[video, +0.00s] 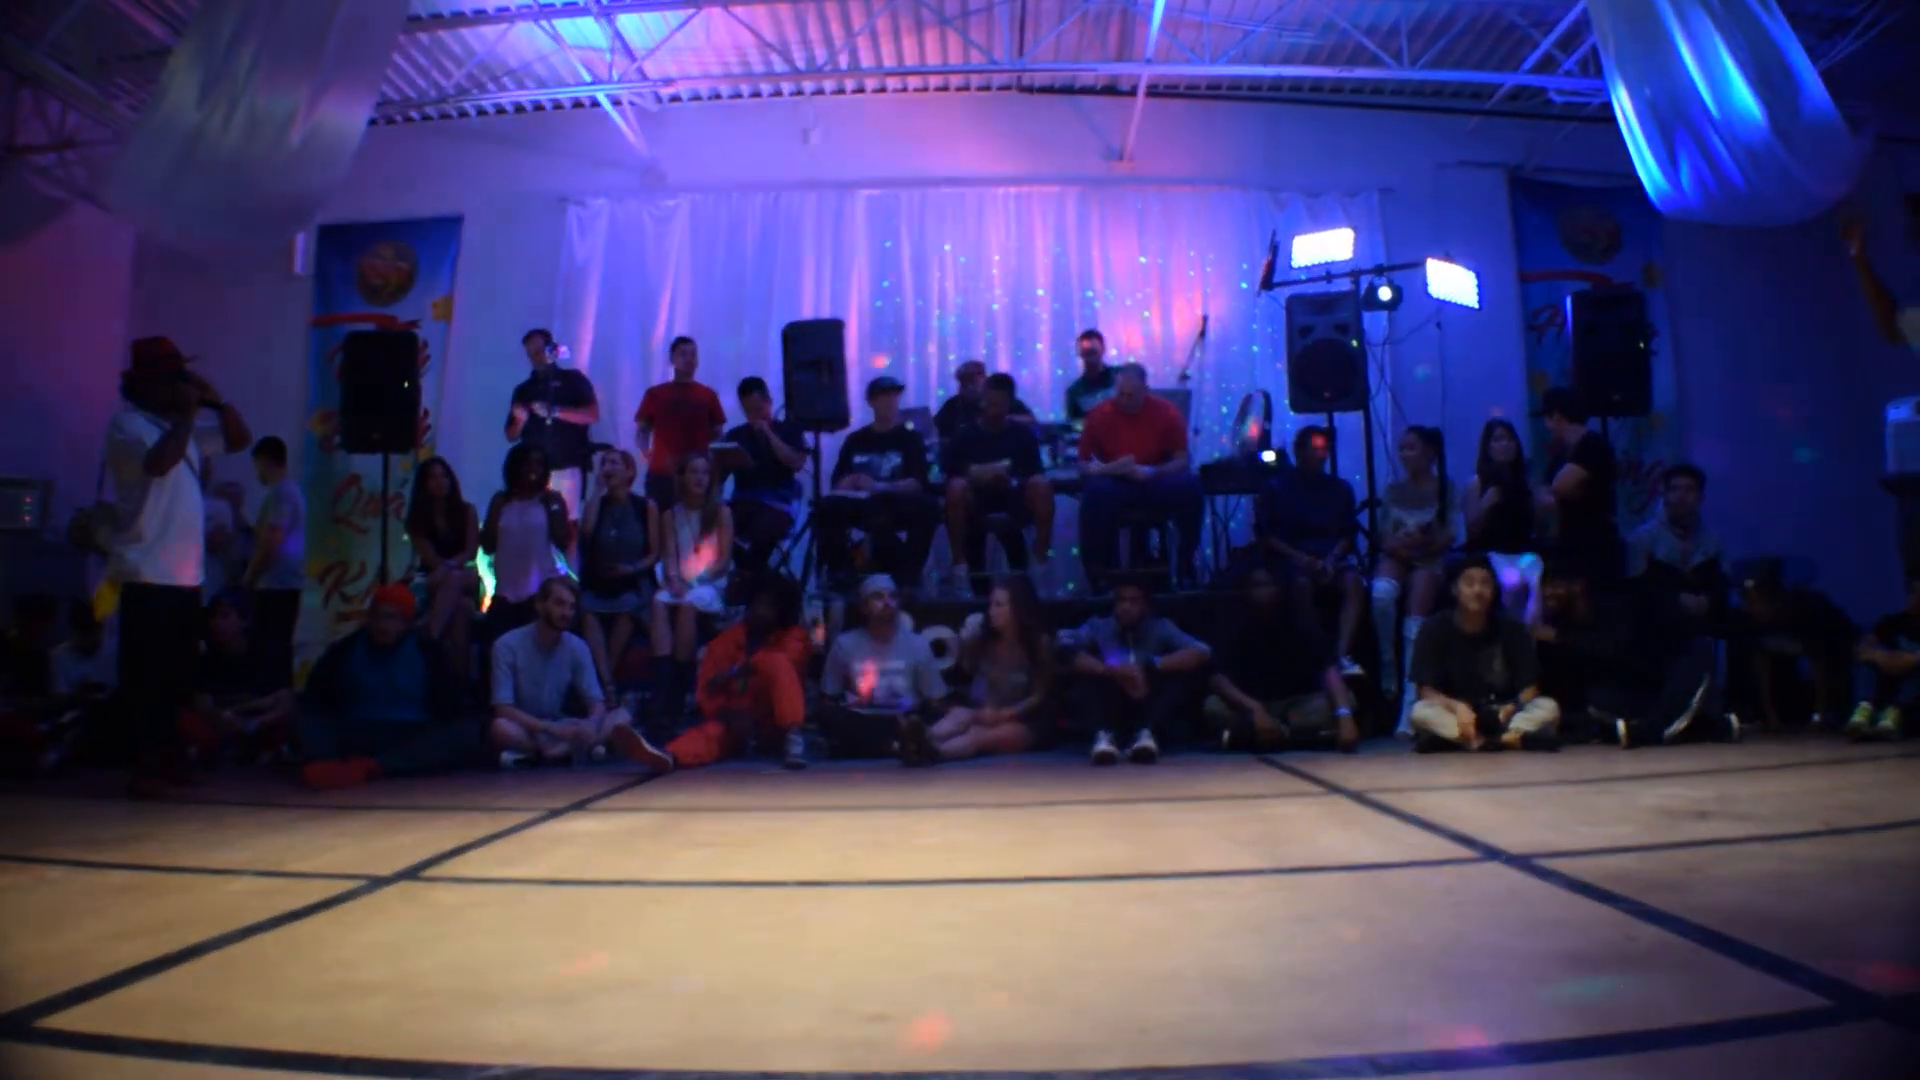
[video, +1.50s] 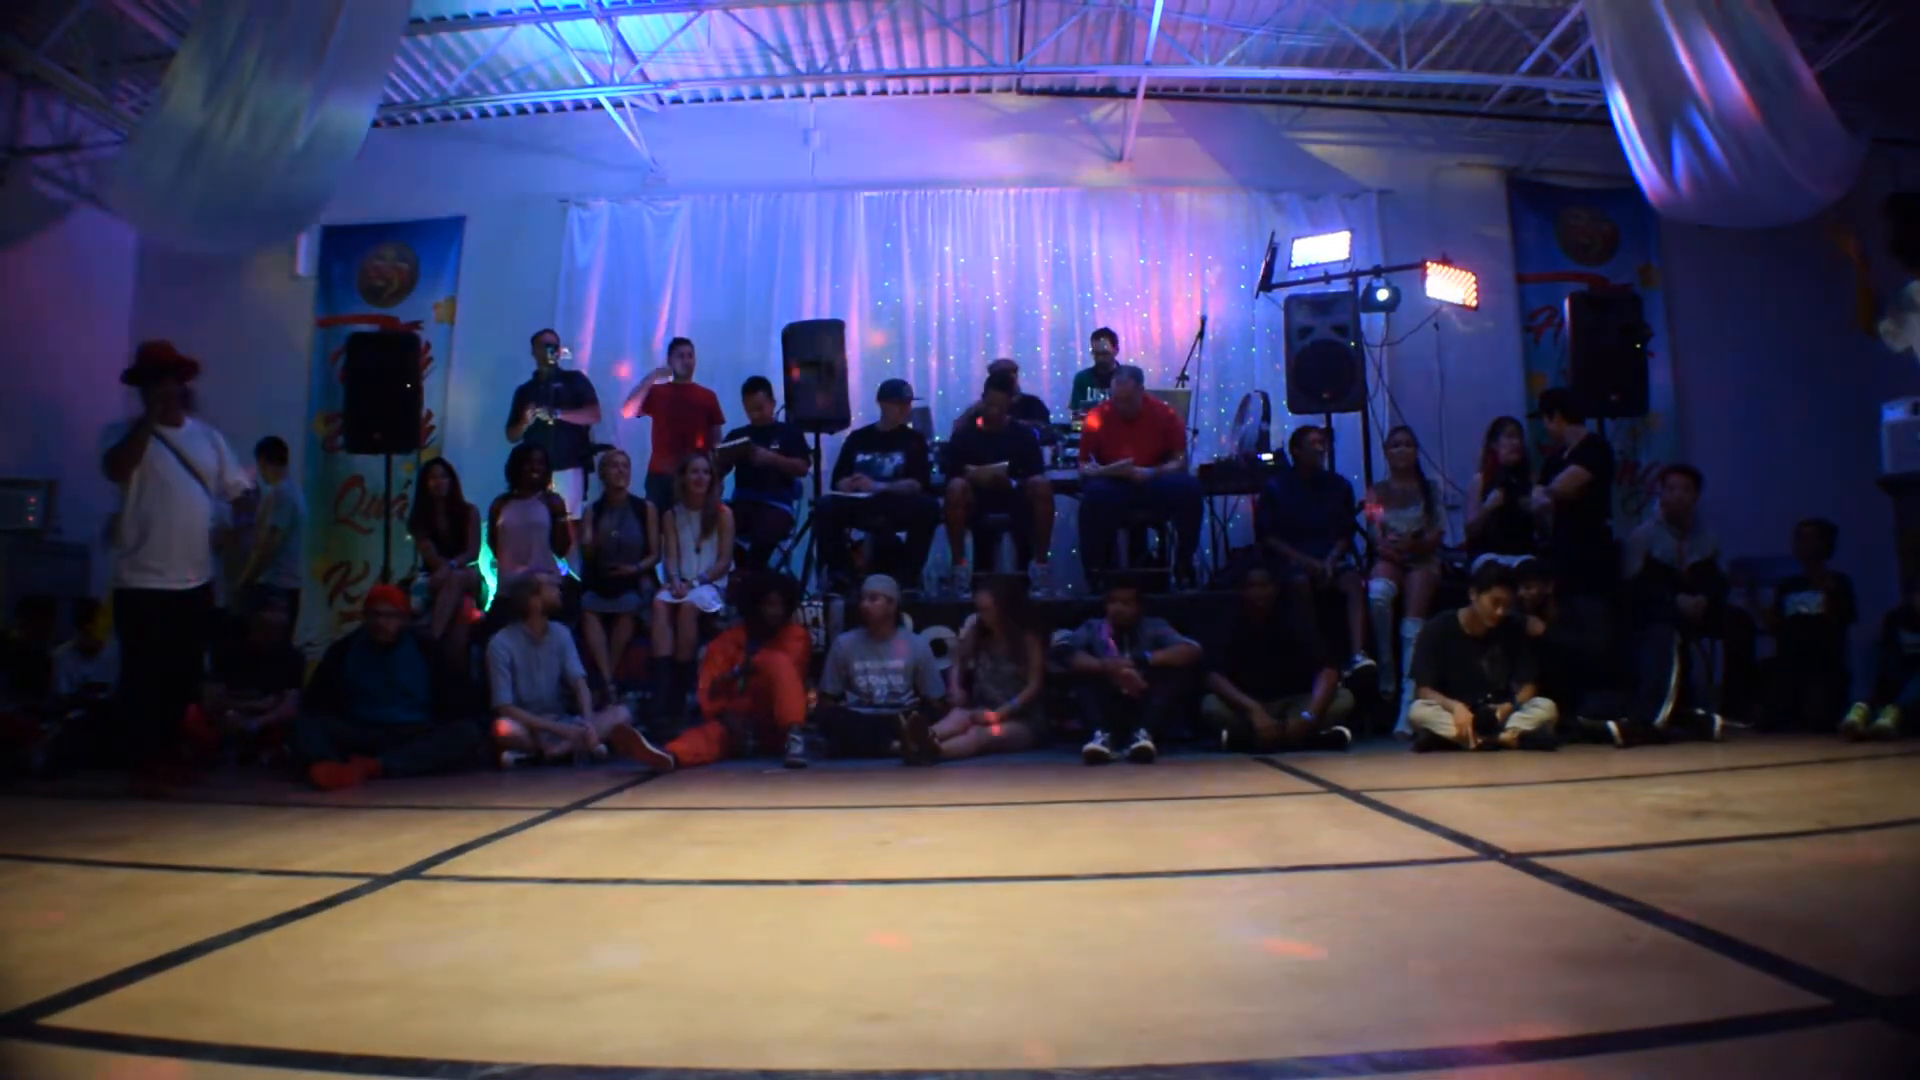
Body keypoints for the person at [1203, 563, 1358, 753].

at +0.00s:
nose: (1262, 593)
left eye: (1267, 586)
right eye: (1256, 587)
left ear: (1278, 589)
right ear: (1247, 592)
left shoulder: (1297, 626)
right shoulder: (1239, 630)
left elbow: (1328, 670)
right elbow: (1218, 678)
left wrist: (1344, 715)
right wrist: (1256, 710)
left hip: (1300, 702)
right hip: (1252, 705)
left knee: (1341, 702)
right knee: (1213, 706)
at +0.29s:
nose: (1268, 590)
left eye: (1270, 583)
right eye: (1260, 585)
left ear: (1277, 586)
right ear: (1246, 592)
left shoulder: (1294, 622)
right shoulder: (1236, 628)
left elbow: (1324, 668)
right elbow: (1216, 676)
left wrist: (1339, 714)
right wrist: (1256, 710)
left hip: (1295, 702)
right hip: (1250, 706)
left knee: (1344, 698)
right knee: (1211, 706)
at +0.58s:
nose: (1268, 590)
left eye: (1270, 583)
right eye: (1260, 585)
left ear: (1276, 585)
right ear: (1245, 591)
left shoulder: (1293, 621)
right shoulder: (1235, 627)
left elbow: (1322, 668)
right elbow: (1216, 675)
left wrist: (1334, 714)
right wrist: (1256, 709)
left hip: (1295, 699)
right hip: (1249, 703)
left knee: (1344, 697)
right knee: (1211, 706)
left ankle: (1255, 737)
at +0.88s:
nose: (1269, 589)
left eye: (1270, 582)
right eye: (1260, 584)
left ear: (1276, 585)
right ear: (1245, 591)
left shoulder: (1293, 621)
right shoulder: (1234, 627)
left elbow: (1326, 668)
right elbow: (1214, 675)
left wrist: (1316, 712)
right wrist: (1256, 710)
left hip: (1296, 699)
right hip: (1248, 703)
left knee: (1344, 698)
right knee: (1211, 706)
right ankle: (1306, 736)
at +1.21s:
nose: (1268, 590)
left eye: (1270, 583)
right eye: (1259, 585)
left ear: (1276, 585)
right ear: (1244, 591)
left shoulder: (1293, 621)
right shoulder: (1233, 627)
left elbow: (1327, 669)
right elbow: (1213, 675)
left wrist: (1312, 714)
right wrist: (1256, 710)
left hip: (1294, 699)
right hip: (1248, 703)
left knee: (1344, 698)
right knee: (1211, 706)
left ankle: (1253, 738)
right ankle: (1307, 739)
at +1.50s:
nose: (1259, 592)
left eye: (1265, 586)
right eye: (1252, 587)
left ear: (1275, 589)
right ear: (1243, 592)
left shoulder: (1292, 620)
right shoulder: (1234, 626)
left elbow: (1329, 669)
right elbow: (1214, 676)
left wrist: (1310, 716)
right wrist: (1255, 710)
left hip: (1294, 699)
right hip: (1247, 702)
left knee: (1343, 698)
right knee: (1211, 706)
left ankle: (1253, 739)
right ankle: (1305, 738)